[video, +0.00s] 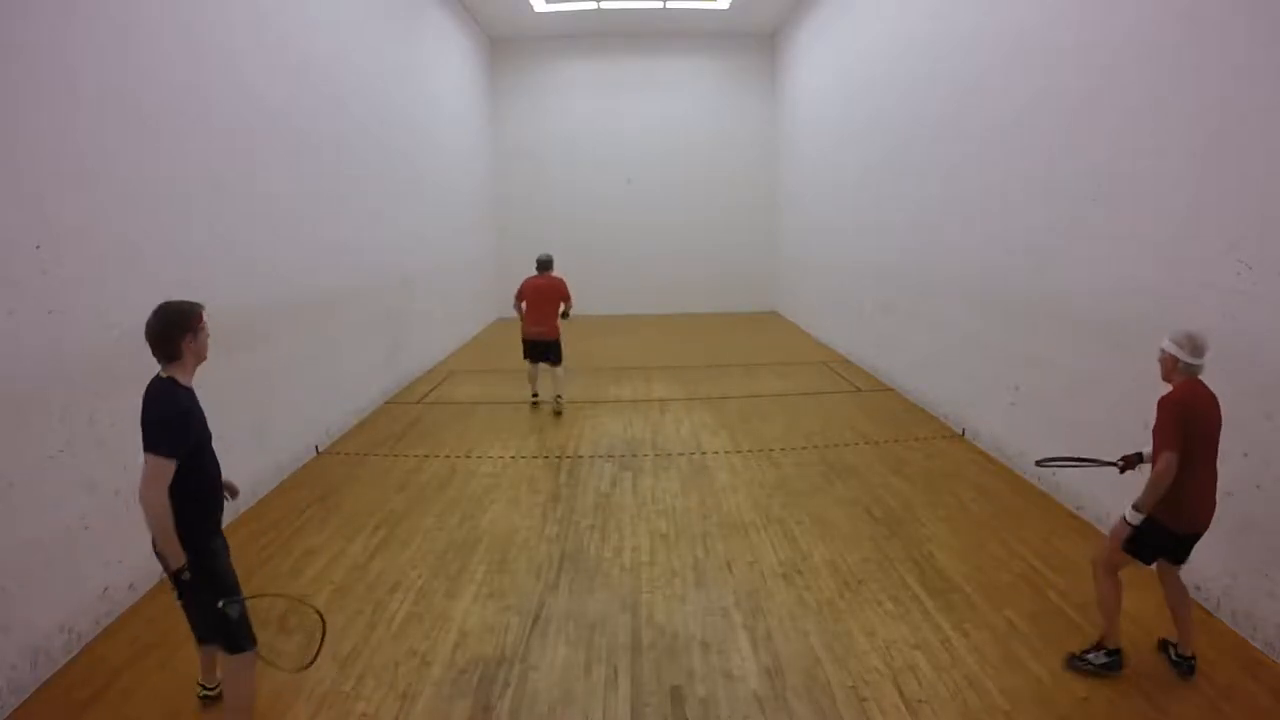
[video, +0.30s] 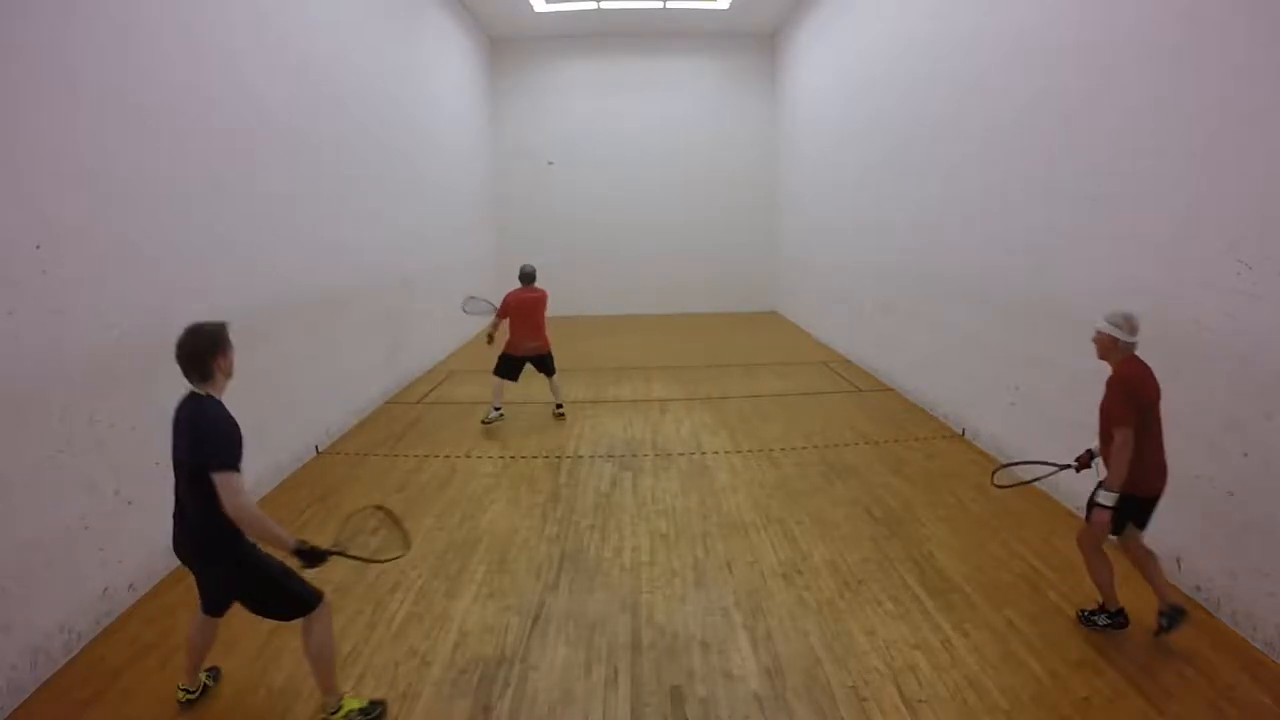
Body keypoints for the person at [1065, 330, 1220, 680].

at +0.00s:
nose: (1159, 359)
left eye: (1164, 354)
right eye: (1162, 353)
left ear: (1176, 362)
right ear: (1190, 363)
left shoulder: (1173, 403)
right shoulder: (1206, 398)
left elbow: (1166, 469)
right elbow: (1187, 449)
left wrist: (1134, 514)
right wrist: (1142, 456)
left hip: (1168, 514)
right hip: (1197, 515)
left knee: (1106, 564)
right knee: (1168, 568)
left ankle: (1108, 649)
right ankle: (1185, 652)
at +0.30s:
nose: (1094, 339)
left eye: (1100, 335)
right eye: (1096, 334)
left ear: (1115, 342)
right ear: (1121, 342)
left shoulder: (1121, 382)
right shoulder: (1140, 373)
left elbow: (1124, 443)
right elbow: (1125, 429)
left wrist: (1107, 496)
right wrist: (1094, 453)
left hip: (1128, 481)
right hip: (1149, 479)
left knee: (1088, 539)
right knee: (1130, 538)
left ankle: (1111, 609)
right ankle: (1169, 604)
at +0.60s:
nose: (1021, 322)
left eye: (1026, 317)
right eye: (1023, 316)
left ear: (1042, 324)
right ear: (1047, 325)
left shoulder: (1042, 363)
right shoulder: (1064, 355)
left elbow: (1031, 415)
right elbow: (1058, 408)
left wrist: (1001, 439)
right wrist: (1034, 435)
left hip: (1051, 449)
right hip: (1060, 445)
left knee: (1052, 523)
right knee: (1019, 481)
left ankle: (1094, 586)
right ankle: (1007, 545)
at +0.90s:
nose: (944, 306)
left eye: (949, 301)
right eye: (945, 300)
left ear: (965, 305)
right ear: (965, 305)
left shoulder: (976, 336)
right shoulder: (970, 331)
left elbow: (975, 384)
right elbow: (967, 379)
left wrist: (944, 421)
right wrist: (950, 407)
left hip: (974, 414)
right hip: (974, 412)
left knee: (938, 462)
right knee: (956, 461)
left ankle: (934, 519)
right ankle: (988, 514)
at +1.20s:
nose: (883, 302)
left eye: (887, 297)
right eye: (883, 297)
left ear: (900, 298)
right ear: (901, 299)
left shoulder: (908, 326)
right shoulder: (907, 320)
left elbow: (899, 373)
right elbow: (902, 367)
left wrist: (866, 378)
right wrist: (889, 386)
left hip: (911, 394)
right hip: (906, 389)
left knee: (885, 448)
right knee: (885, 428)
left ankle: (915, 495)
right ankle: (883, 476)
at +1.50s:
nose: (851, 303)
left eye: (855, 299)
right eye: (851, 299)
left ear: (868, 300)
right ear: (862, 300)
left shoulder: (876, 326)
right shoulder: (866, 318)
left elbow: (868, 364)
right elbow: (865, 355)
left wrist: (838, 385)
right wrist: (852, 378)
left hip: (871, 385)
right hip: (865, 380)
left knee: (830, 418)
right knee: (846, 412)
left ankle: (834, 469)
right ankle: (861, 446)